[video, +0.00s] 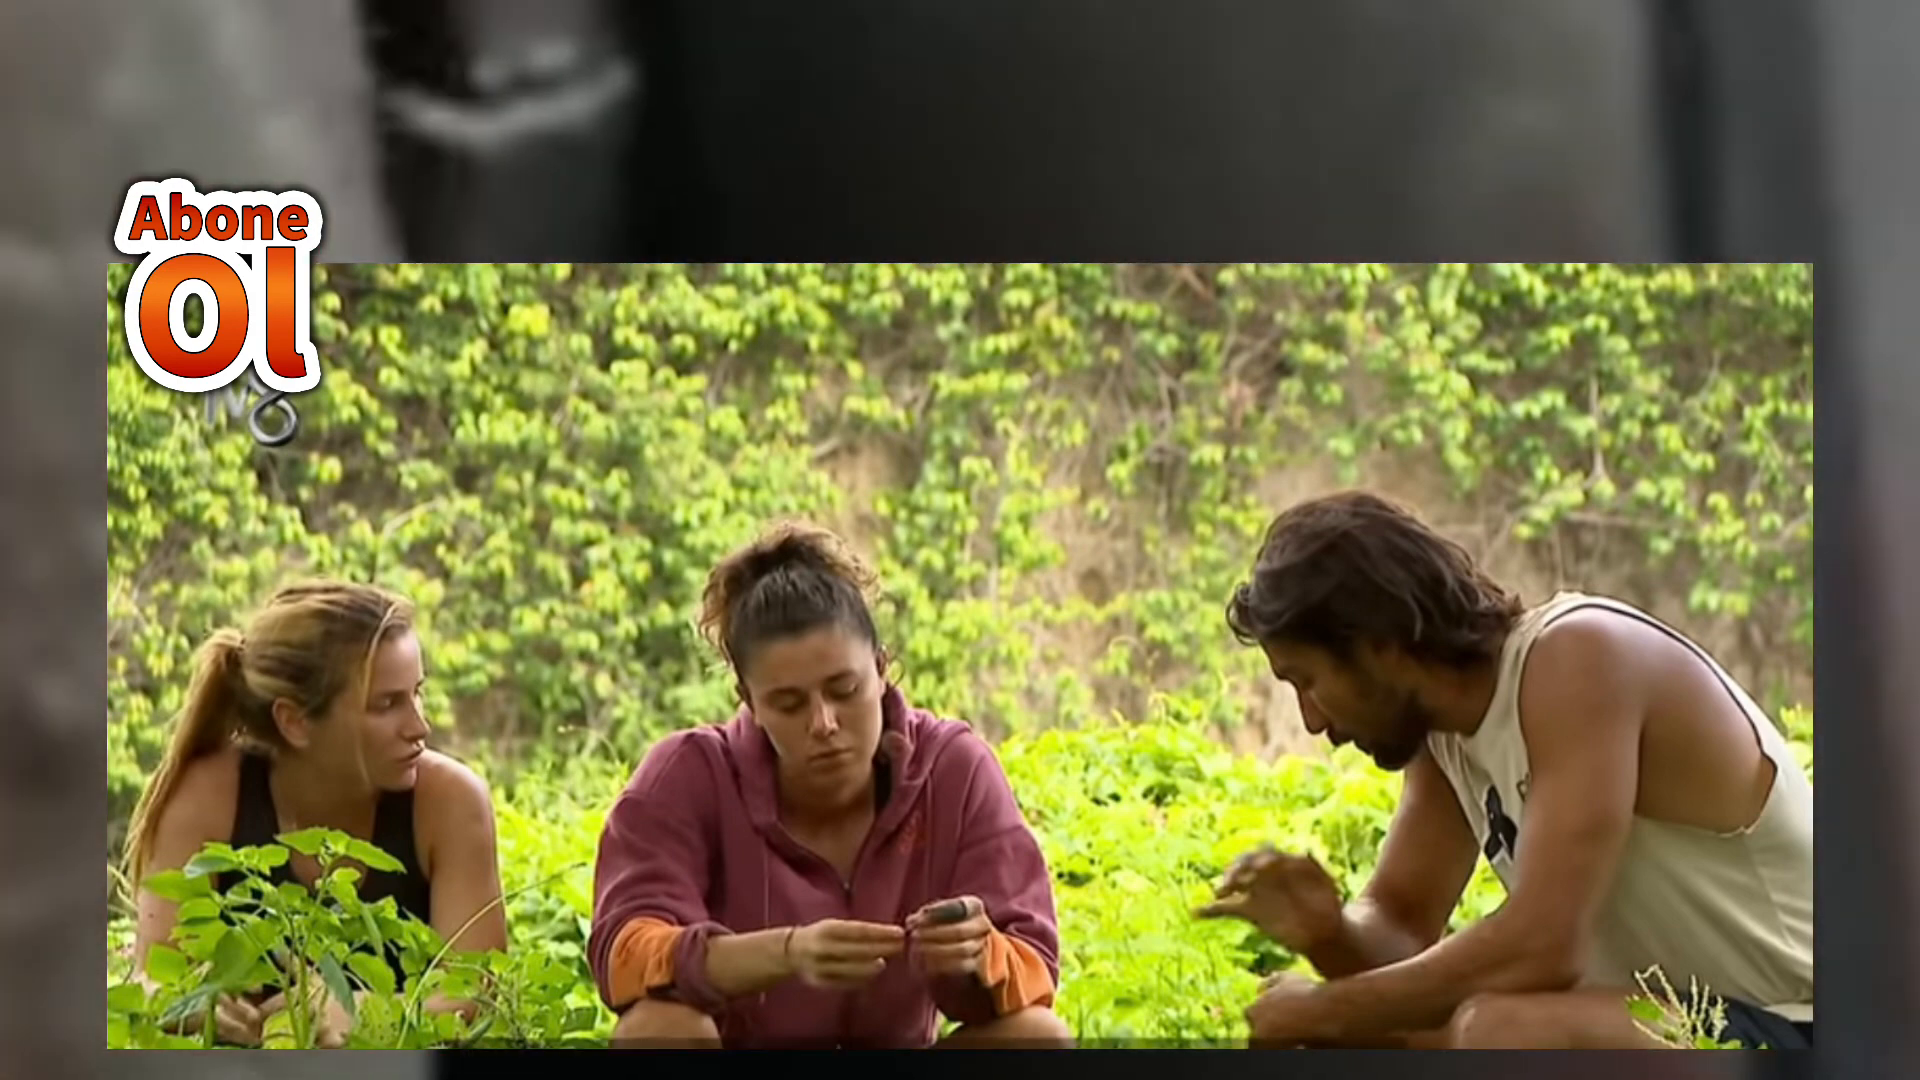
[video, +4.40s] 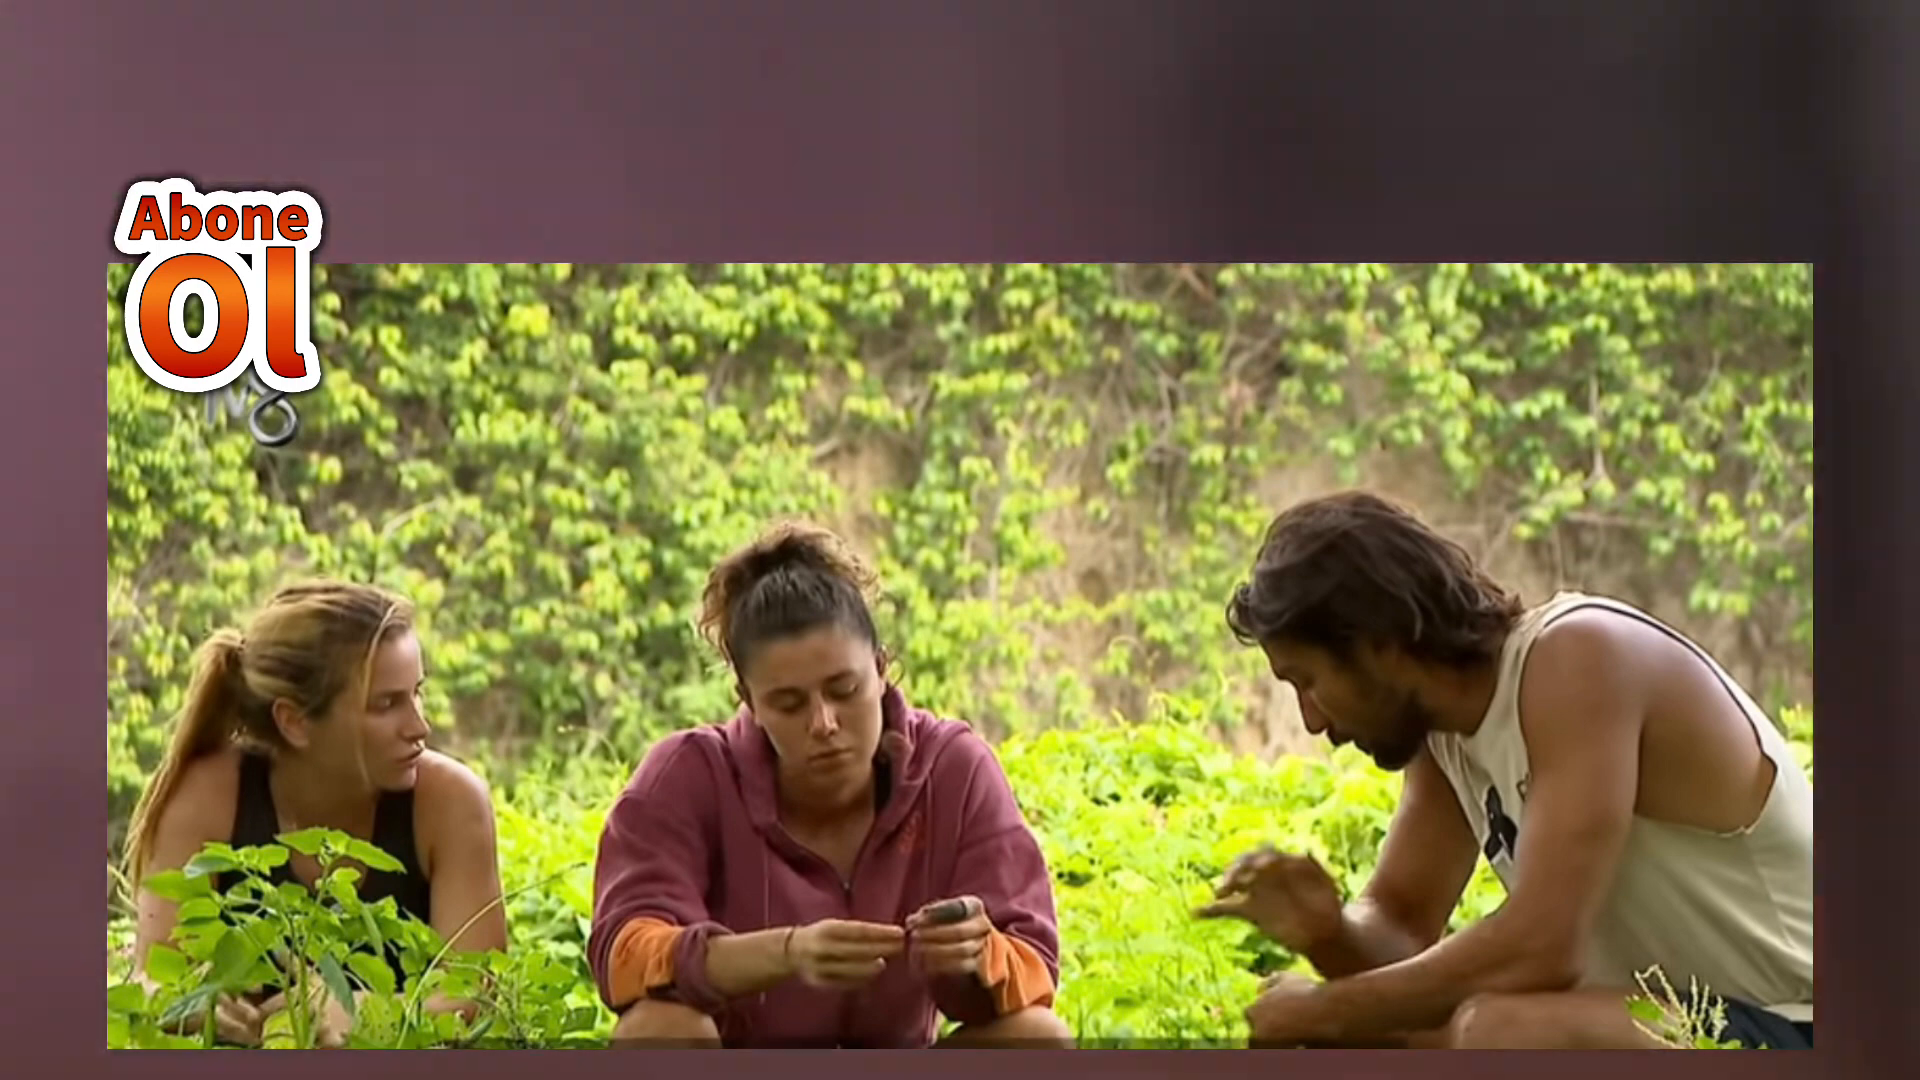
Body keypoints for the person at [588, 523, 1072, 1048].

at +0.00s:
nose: (824, 725)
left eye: (844, 690)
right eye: (789, 703)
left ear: (881, 670)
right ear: (747, 699)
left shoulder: (955, 766)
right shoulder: (687, 773)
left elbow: (1031, 969)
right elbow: (629, 957)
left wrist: (977, 954)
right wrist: (787, 951)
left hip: (899, 1043)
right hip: (739, 1045)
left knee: (1037, 1034)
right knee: (658, 1025)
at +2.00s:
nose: (824, 725)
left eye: (844, 690)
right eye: (789, 703)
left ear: (880, 670)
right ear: (747, 698)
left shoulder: (955, 766)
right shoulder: (687, 774)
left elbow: (1031, 970)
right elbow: (629, 957)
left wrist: (978, 953)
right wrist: (787, 951)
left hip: (898, 1062)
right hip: (738, 1063)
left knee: (1038, 1037)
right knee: (659, 1027)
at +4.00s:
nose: (824, 725)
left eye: (844, 690)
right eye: (789, 703)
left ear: (881, 670)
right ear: (747, 699)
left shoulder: (955, 766)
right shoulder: (687, 773)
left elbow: (1031, 968)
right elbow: (629, 957)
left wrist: (978, 954)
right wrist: (787, 951)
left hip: (898, 1050)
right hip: (740, 1051)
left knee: (1037, 1035)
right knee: (659, 1026)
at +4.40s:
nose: (824, 725)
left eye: (844, 690)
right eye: (789, 703)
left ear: (881, 670)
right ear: (747, 698)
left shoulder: (955, 766)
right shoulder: (687, 773)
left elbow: (1030, 969)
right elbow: (629, 957)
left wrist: (977, 953)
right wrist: (786, 952)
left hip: (898, 1060)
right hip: (738, 1061)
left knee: (1037, 1036)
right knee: (659, 1026)